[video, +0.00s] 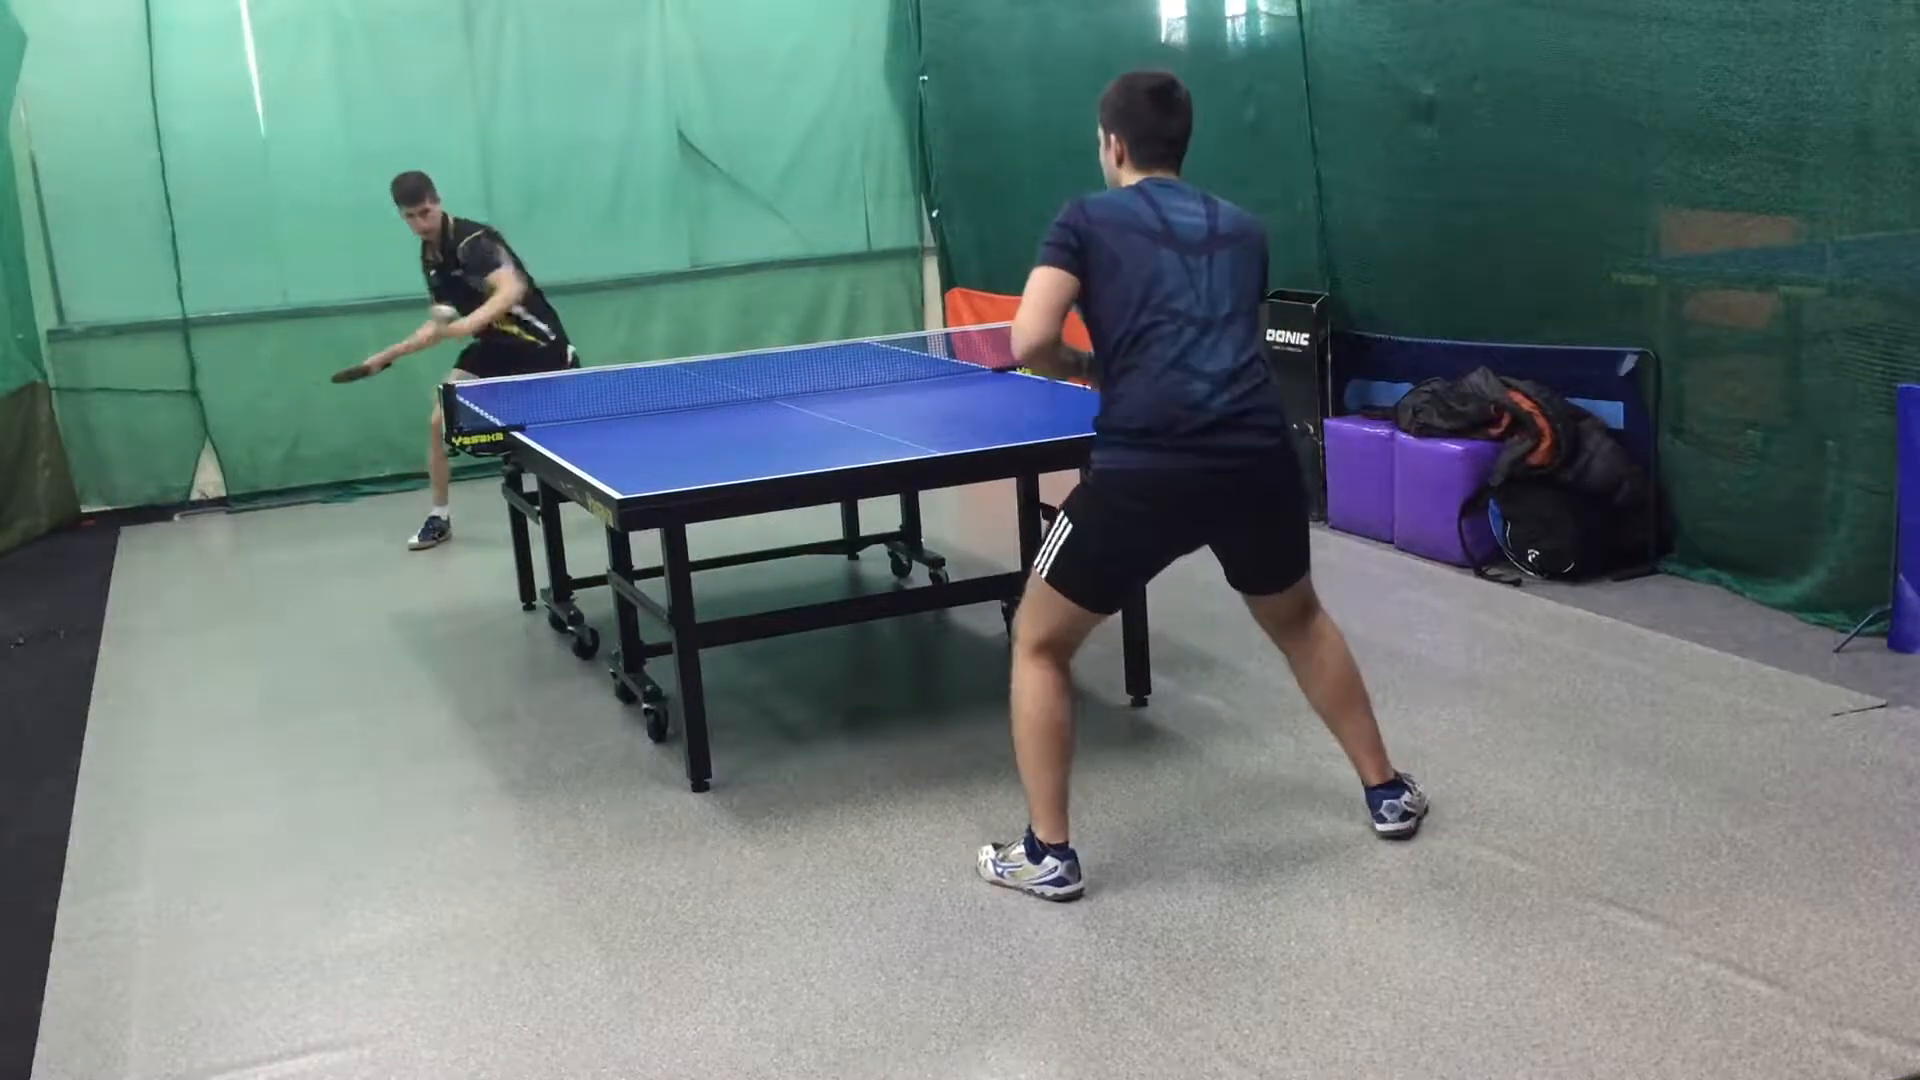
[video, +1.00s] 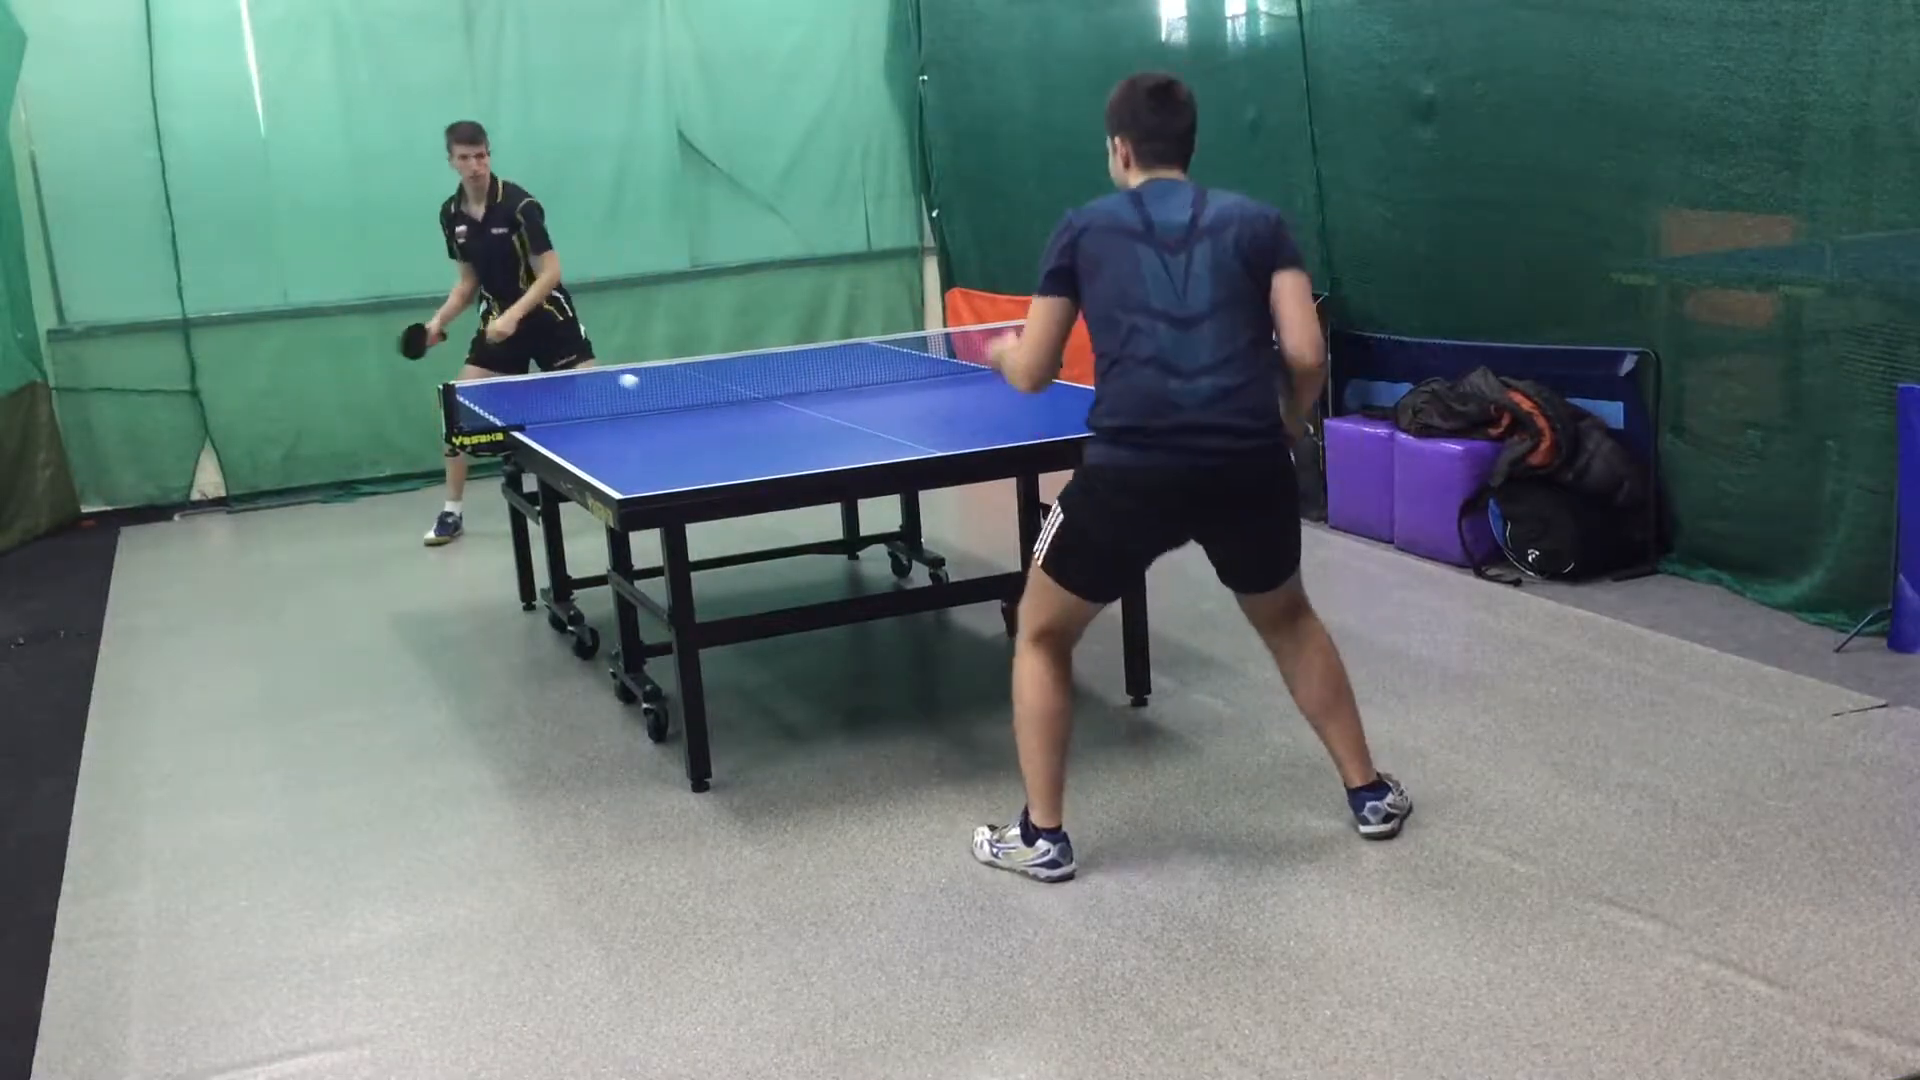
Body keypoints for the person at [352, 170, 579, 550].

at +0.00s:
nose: (421, 224)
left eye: (426, 213)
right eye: (411, 217)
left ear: (439, 202)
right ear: (403, 216)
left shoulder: (475, 240)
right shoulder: (430, 253)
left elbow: (513, 289)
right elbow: (443, 317)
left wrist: (461, 326)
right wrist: (394, 352)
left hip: (543, 345)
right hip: (494, 344)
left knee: (567, 425)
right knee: (441, 419)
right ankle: (439, 515)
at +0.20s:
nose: (478, 186)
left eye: (484, 176)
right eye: (470, 180)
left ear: (503, 174)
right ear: (464, 185)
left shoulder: (542, 209)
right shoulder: (471, 230)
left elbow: (602, 238)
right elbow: (482, 258)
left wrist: (620, 231)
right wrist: (510, 201)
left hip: (569, 332)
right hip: (520, 343)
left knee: (629, 390)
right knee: (498, 425)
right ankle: (477, 511)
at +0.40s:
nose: (518, 181)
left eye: (522, 172)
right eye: (508, 176)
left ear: (533, 170)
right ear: (497, 180)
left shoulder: (563, 209)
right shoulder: (499, 227)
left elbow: (618, 246)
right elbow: (509, 279)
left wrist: (655, 250)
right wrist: (549, 232)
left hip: (574, 335)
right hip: (525, 348)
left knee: (635, 384)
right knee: (495, 435)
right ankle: (465, 511)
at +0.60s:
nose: (481, 183)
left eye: (486, 174)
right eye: (471, 177)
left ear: (496, 171)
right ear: (459, 181)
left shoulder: (531, 212)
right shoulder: (454, 231)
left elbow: (579, 267)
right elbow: (446, 307)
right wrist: (474, 300)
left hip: (550, 322)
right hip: (500, 330)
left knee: (603, 396)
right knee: (464, 410)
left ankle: (624, 490)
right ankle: (451, 510)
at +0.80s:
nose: (455, 188)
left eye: (459, 179)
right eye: (445, 183)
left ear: (468, 174)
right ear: (432, 186)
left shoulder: (503, 220)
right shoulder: (438, 233)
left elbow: (527, 293)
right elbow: (442, 298)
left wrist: (480, 334)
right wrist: (402, 334)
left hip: (542, 320)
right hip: (494, 328)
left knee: (586, 401)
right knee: (457, 408)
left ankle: (618, 491)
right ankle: (449, 511)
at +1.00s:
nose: (475, 166)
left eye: (481, 157)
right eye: (465, 159)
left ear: (490, 155)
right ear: (452, 162)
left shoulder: (518, 204)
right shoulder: (452, 215)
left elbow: (551, 271)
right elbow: (468, 281)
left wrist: (513, 314)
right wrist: (438, 321)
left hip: (548, 314)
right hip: (500, 321)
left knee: (590, 400)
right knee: (461, 403)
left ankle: (623, 491)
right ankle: (452, 509)